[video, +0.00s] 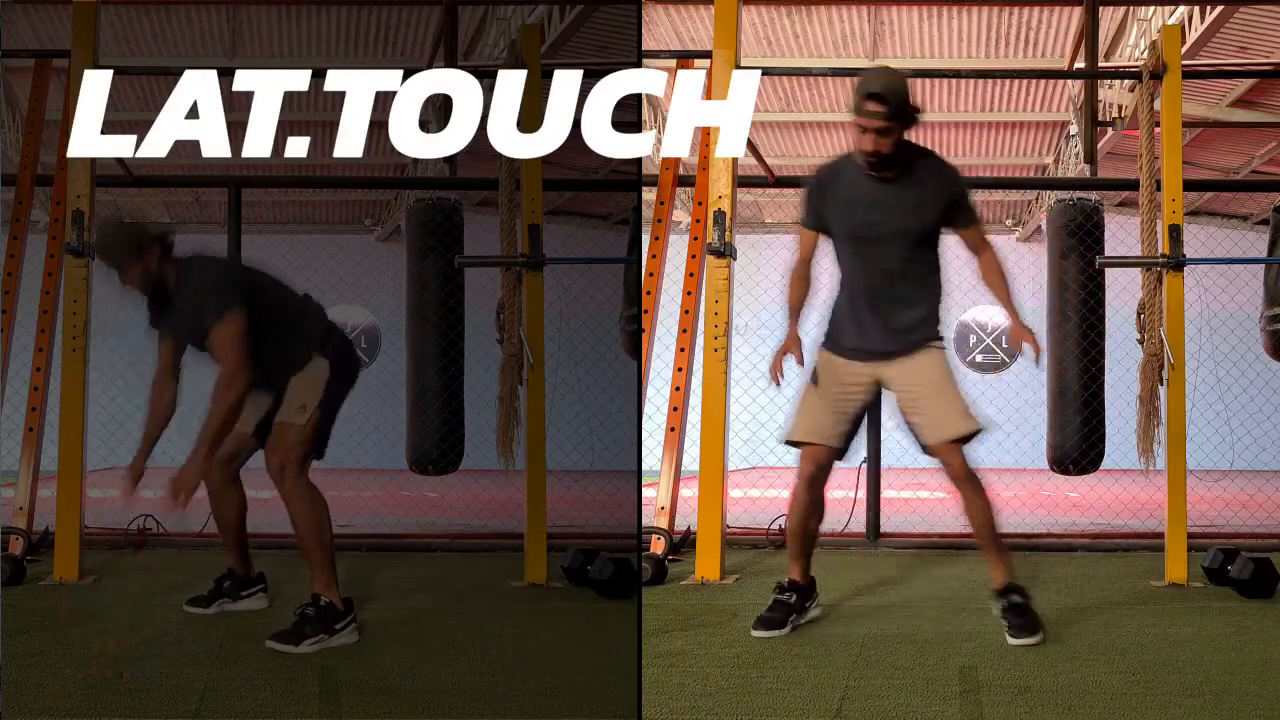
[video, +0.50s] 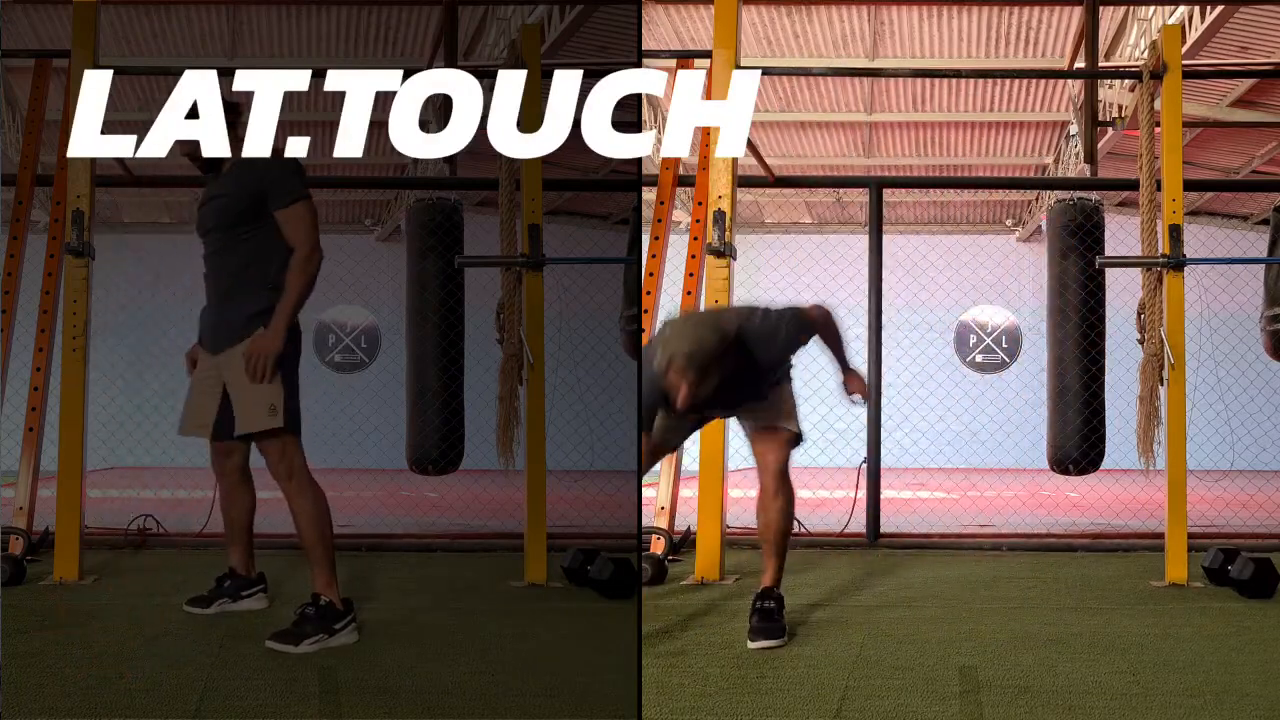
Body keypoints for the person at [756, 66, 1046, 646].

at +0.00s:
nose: (871, 144)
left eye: (883, 132)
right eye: (863, 130)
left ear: (905, 126)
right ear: (850, 122)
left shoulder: (936, 177)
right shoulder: (826, 183)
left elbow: (981, 249)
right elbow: (804, 261)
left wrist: (1013, 317)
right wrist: (792, 328)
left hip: (917, 348)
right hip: (844, 348)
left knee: (958, 467)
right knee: (811, 466)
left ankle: (1007, 589)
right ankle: (796, 586)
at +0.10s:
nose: (833, 139)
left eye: (846, 127)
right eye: (824, 126)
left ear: (871, 117)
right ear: (813, 116)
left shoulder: (905, 166)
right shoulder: (792, 165)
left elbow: (942, 232)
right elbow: (758, 246)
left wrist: (968, 304)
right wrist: (760, 318)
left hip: (877, 328)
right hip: (807, 328)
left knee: (891, 439)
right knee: (786, 449)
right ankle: (786, 578)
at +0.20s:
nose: (795, 169)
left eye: (809, 158)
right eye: (788, 154)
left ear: (834, 147)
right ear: (777, 142)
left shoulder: (874, 180)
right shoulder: (755, 183)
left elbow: (911, 228)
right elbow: (721, 269)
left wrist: (928, 300)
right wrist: (721, 351)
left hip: (848, 327)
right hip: (776, 325)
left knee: (836, 442)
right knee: (735, 433)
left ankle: (812, 574)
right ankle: (735, 557)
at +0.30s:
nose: (752, 232)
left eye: (763, 221)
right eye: (745, 219)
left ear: (786, 213)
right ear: (734, 208)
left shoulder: (836, 226)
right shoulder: (717, 237)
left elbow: (884, 254)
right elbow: (686, 331)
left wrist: (900, 317)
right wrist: (682, 412)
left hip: (813, 358)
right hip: (742, 351)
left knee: (792, 466)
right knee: (679, 458)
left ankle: (770, 596)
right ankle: (646, 558)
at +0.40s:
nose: (710, 319)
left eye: (721, 306)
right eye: (703, 304)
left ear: (742, 292)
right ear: (692, 289)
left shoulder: (792, 283)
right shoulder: (674, 313)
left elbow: (854, 291)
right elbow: (652, 411)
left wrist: (876, 351)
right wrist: (644, 486)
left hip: (784, 375)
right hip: (713, 375)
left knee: (787, 468)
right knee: (660, 458)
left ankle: (770, 595)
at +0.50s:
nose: (681, 397)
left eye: (693, 384)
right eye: (675, 382)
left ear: (712, 368)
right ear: (666, 367)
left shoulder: (761, 335)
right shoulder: (653, 368)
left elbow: (821, 316)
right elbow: (639, 437)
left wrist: (846, 368)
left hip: (760, 382)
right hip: (694, 392)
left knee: (775, 473)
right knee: (640, 461)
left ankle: (769, 592)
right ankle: (609, 554)